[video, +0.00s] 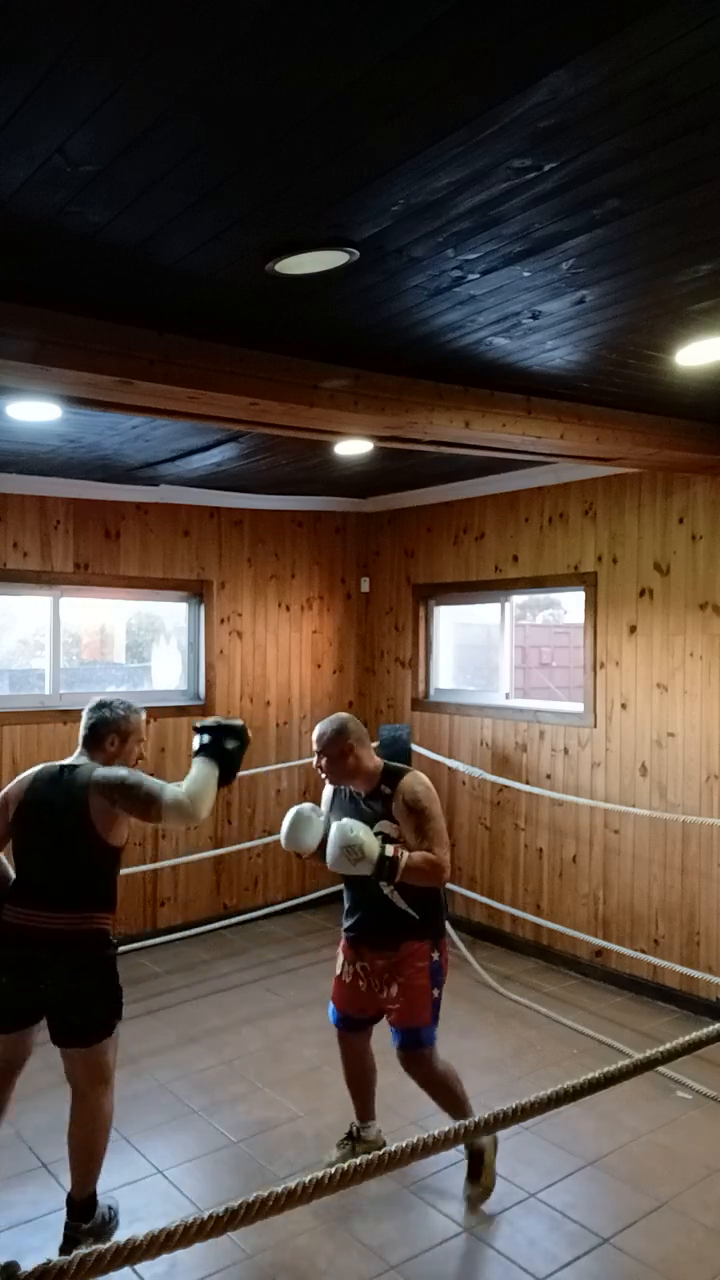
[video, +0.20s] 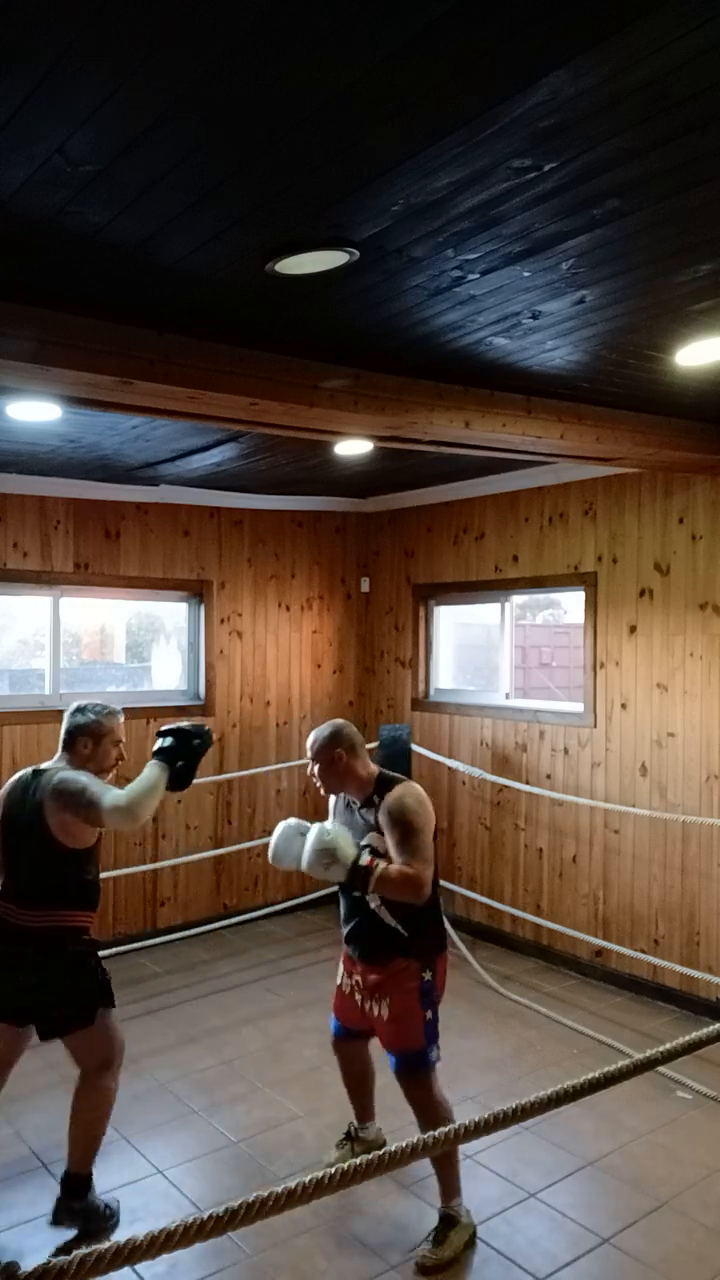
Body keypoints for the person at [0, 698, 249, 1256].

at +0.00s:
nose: (140, 752)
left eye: (141, 743)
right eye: (137, 742)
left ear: (87, 736)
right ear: (114, 741)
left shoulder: (28, 782)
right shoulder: (115, 783)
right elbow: (190, 806)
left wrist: (18, 888)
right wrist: (212, 755)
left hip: (15, 947)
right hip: (81, 955)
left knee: (5, 1068)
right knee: (91, 1083)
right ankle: (81, 1217)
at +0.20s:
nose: (120, 755)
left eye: (120, 745)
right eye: (114, 745)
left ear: (70, 744)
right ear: (85, 745)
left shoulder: (18, 783)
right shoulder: (74, 786)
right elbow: (130, 811)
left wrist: (166, 773)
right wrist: (166, 759)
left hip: (10, 949)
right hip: (61, 955)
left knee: (5, 1051)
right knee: (103, 1058)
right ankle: (76, 1195)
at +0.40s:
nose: (122, 742)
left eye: (124, 732)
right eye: (115, 733)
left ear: (77, 733)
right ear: (84, 731)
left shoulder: (39, 765)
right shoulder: (67, 769)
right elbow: (100, 799)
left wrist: (151, 765)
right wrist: (149, 753)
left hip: (19, 921)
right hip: (59, 927)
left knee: (10, 1031)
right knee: (104, 1021)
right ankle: (83, 1140)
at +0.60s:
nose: (142, 752)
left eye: (144, 742)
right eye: (136, 741)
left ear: (102, 739)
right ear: (106, 737)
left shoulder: (70, 763)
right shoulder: (81, 771)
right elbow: (111, 803)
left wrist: (160, 758)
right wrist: (155, 755)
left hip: (38, 911)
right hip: (71, 922)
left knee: (43, 1012)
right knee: (105, 1020)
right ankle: (84, 1131)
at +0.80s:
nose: (149, 747)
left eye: (152, 738)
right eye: (142, 737)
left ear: (121, 733)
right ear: (114, 731)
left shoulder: (107, 758)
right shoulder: (87, 763)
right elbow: (108, 796)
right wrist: (152, 753)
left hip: (67, 899)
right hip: (72, 907)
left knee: (64, 987)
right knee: (103, 1013)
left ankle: (20, 1070)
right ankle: (83, 1128)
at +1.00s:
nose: (128, 743)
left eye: (131, 734)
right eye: (124, 733)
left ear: (122, 736)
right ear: (102, 731)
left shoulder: (112, 778)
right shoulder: (72, 774)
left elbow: (110, 837)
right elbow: (42, 787)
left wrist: (135, 868)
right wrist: (85, 740)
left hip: (90, 900)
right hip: (69, 902)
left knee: (72, 986)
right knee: (104, 1012)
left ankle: (43, 1065)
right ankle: (84, 1127)